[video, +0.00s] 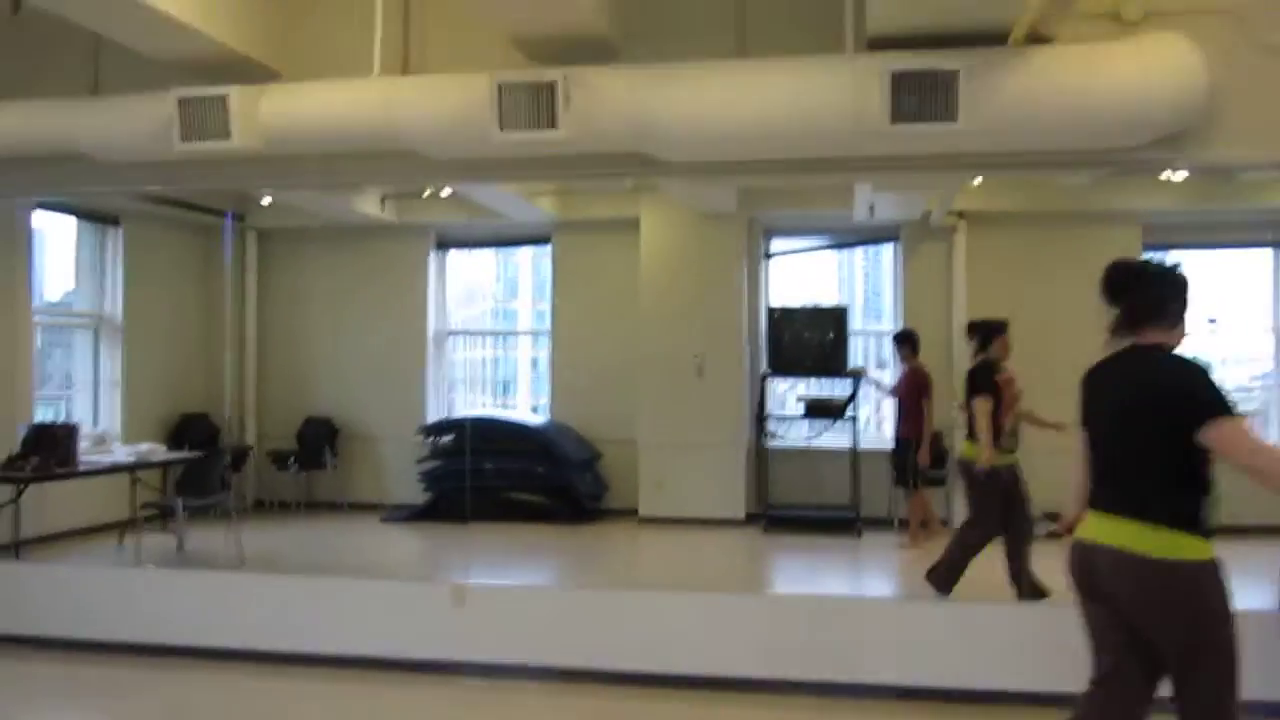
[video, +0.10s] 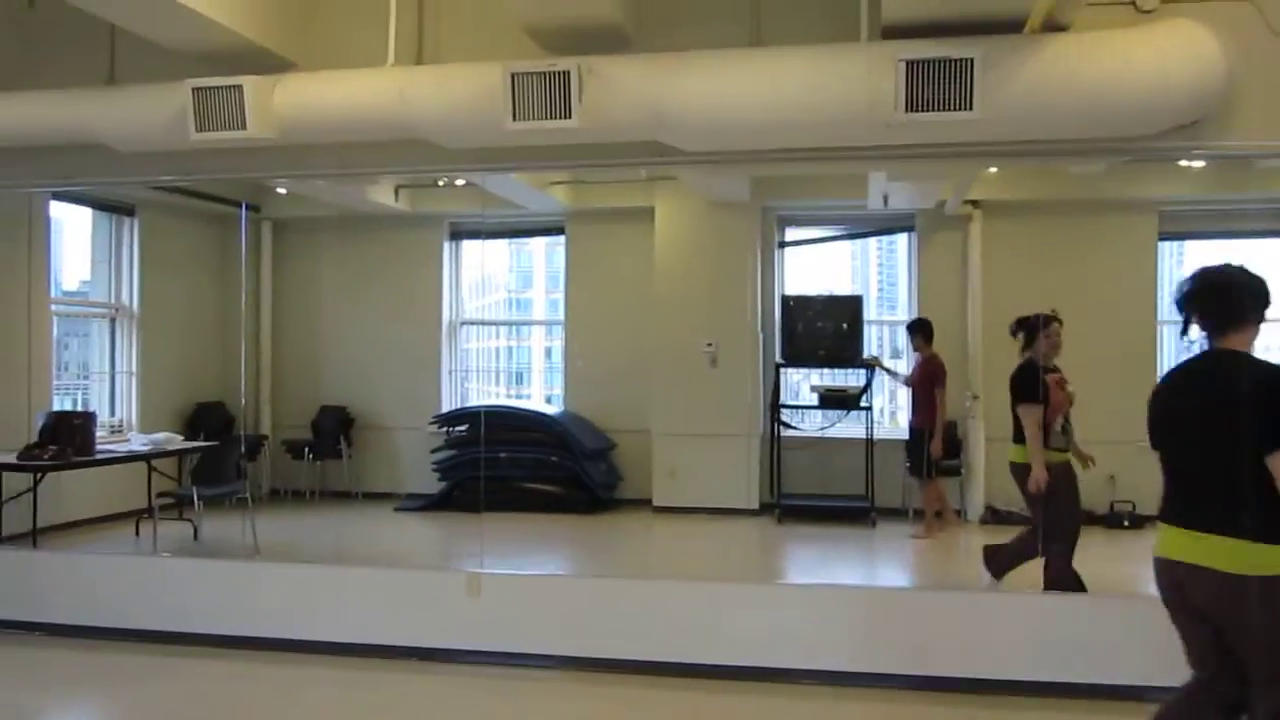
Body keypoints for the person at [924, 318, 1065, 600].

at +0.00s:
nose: (1008, 345)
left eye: (1007, 340)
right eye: (1004, 340)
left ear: (992, 342)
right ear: (993, 342)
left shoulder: (1000, 373)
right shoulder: (982, 372)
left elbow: (1015, 410)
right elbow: (982, 411)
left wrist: (1048, 424)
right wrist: (986, 450)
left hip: (1004, 461)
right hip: (982, 460)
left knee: (1018, 522)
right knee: (987, 520)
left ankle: (1024, 583)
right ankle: (942, 574)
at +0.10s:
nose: (1058, 341)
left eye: (1059, 336)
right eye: (1052, 336)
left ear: (1057, 337)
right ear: (1037, 339)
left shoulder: (1052, 371)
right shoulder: (1027, 374)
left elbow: (1058, 419)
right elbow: (1030, 425)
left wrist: (1077, 450)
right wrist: (1038, 466)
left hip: (1057, 460)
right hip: (1032, 462)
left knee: (1067, 524)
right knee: (1051, 527)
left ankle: (1060, 585)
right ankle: (999, 560)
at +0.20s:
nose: (1076, 336)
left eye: (1078, 330)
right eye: (1069, 331)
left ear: (1080, 334)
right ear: (1054, 334)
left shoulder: (1078, 367)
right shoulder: (1044, 372)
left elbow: (1081, 415)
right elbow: (1043, 419)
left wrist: (1085, 458)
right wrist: (1047, 460)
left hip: (1075, 458)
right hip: (1056, 462)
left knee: (1065, 522)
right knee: (1092, 519)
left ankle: (1042, 580)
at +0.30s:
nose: (1106, 319)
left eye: (1109, 314)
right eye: (1098, 314)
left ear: (1113, 318)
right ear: (1083, 320)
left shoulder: (1117, 351)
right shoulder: (1073, 357)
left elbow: (1126, 397)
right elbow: (1065, 400)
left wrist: (1149, 426)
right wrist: (1060, 426)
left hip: (1110, 446)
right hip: (1086, 447)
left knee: (1086, 511)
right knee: (1121, 512)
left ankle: (1048, 566)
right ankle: (1131, 579)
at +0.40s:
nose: (1138, 329)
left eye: (1141, 323)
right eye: (1131, 325)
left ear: (1145, 326)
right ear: (1115, 331)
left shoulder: (1152, 357)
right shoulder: (1110, 363)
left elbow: (1174, 383)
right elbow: (1091, 405)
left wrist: (1204, 393)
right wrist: (1075, 401)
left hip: (1147, 454)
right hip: (1124, 455)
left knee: (1137, 521)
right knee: (1154, 523)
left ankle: (1080, 566)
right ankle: (1164, 585)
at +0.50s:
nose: (1178, 335)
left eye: (1179, 329)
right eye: (1170, 331)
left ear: (1181, 333)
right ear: (1153, 339)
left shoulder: (1187, 369)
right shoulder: (1149, 372)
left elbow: (1208, 380)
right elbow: (1126, 409)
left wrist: (1242, 365)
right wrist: (1116, 395)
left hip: (1182, 465)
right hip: (1154, 467)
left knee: (1202, 530)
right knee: (1192, 531)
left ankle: (1147, 569)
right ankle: (1182, 600)